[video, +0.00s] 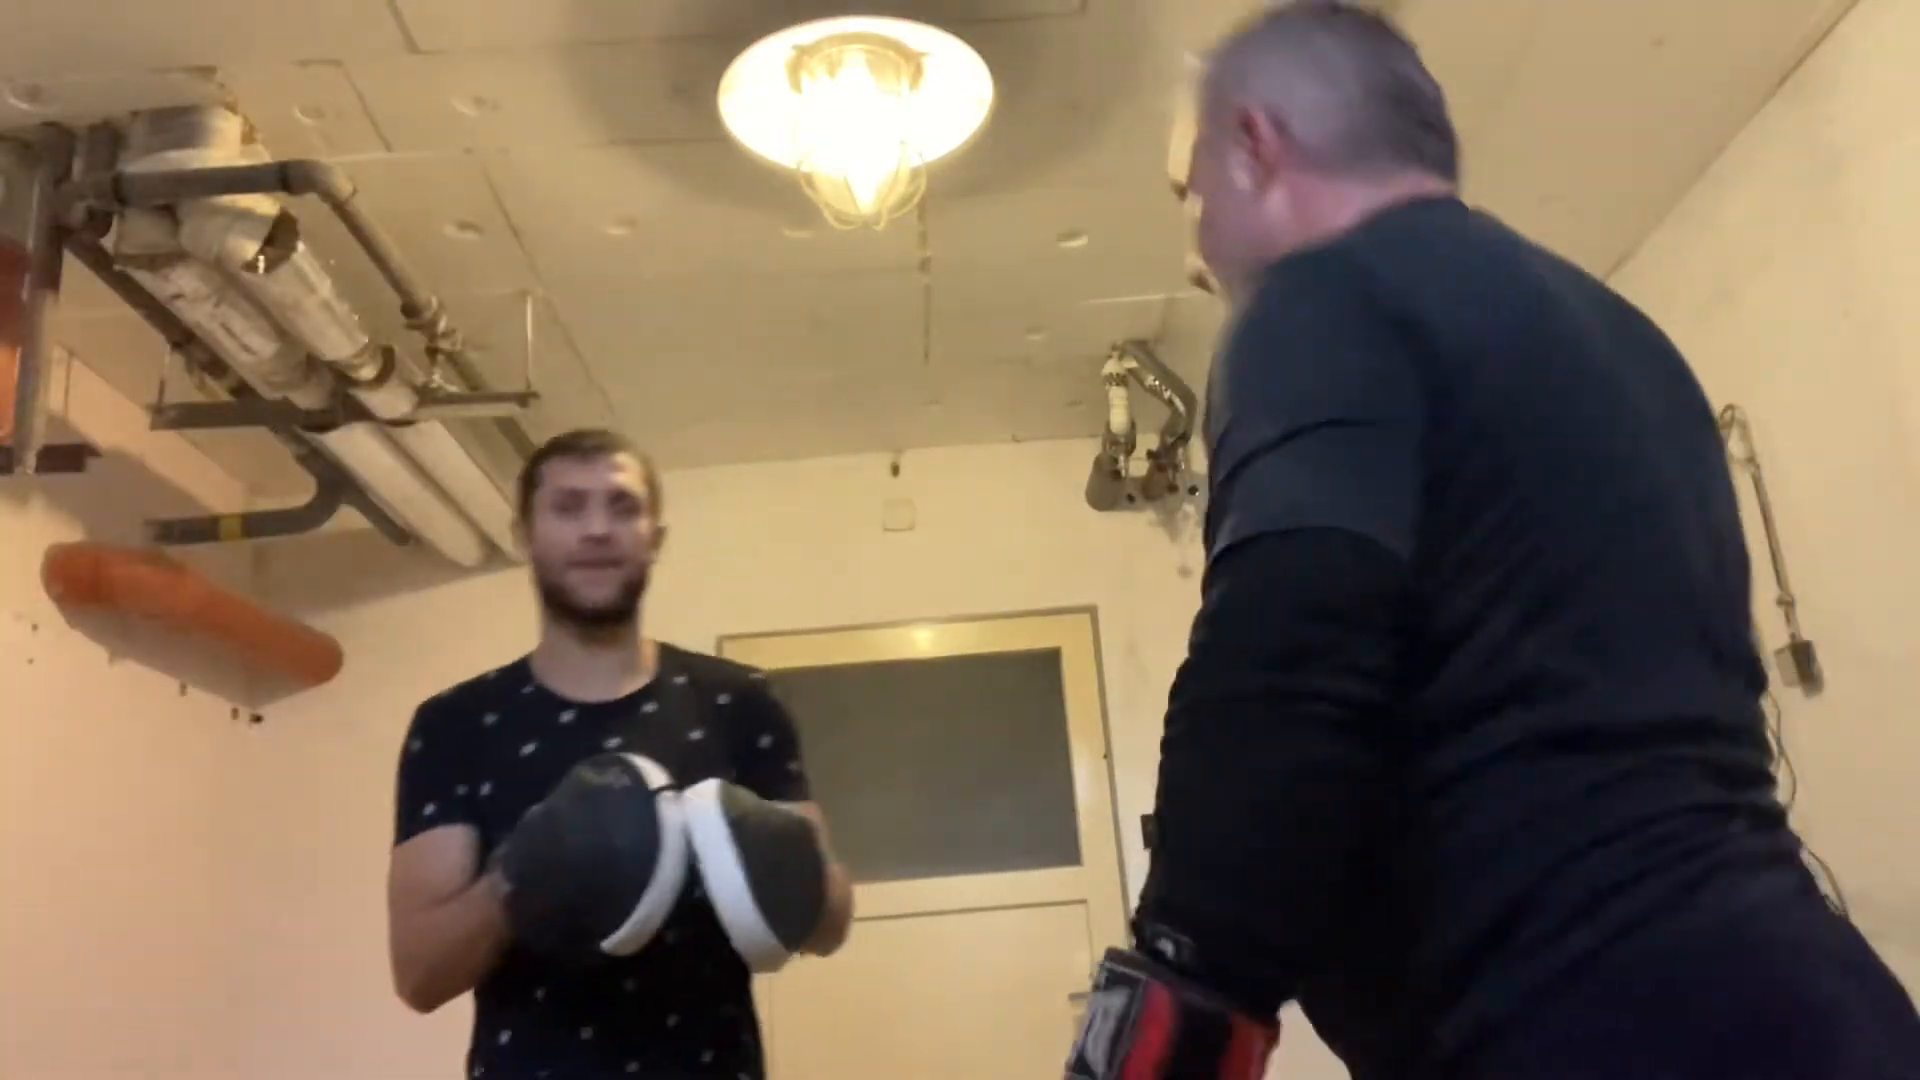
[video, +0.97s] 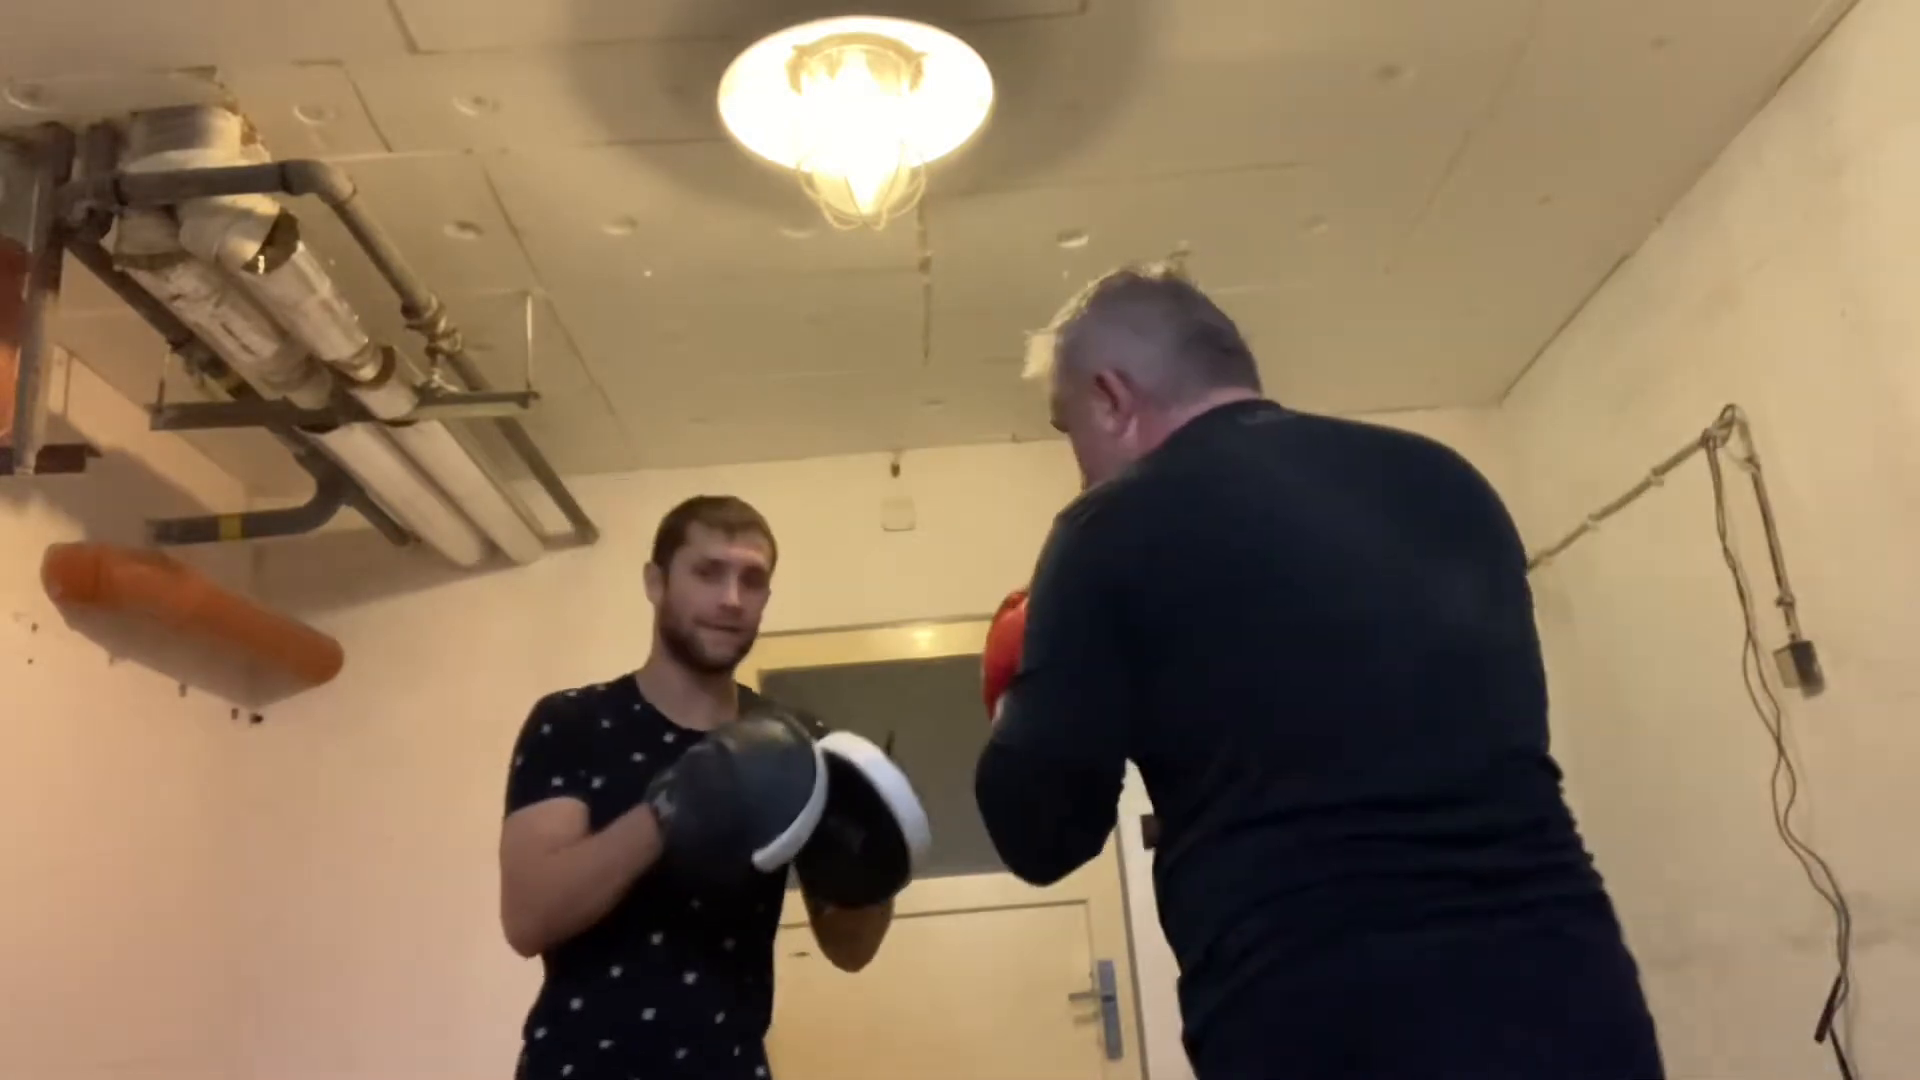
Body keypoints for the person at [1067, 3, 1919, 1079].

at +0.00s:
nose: (1199, 251)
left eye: (1196, 192)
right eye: (1191, 203)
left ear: (1261, 149)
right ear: (1422, 149)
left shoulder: (1333, 297)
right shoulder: (1625, 331)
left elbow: (1294, 641)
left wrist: (1197, 973)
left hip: (1542, 1006)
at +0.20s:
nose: (1267, 327)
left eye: (1271, 268)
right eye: (1264, 277)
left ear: (1347, 237)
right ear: (1486, 240)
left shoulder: (1352, 368)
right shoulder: (1684, 401)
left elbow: (1333, 658)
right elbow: (1811, 724)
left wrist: (1248, 964)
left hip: (1550, 1017)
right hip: (1827, 989)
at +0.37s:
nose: (1280, 348)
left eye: (1280, 301)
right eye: (1272, 312)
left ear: (1357, 274)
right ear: (1483, 272)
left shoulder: (1354, 387)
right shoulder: (1672, 423)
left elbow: (1340, 681)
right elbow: (1788, 734)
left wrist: (1230, 942)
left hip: (1536, 1001)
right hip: (1801, 977)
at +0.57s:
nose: (1213, 414)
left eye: (1209, 368)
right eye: (1199, 378)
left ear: (1271, 337)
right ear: (1392, 319)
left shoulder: (1292, 461)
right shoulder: (1592, 455)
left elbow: (1257, 727)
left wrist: (1108, 789)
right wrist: (1318, 783)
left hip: (1474, 1021)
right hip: (1737, 996)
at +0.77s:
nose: (1104, 470)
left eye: (1095, 431)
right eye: (1089, 437)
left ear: (1140, 396)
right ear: (1261, 362)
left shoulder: (1159, 528)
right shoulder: (1481, 469)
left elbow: (1082, 845)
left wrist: (1050, 705)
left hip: (1359, 1030)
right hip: (1618, 1004)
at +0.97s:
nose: (1080, 476)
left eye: (1070, 433)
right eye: (1067, 440)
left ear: (1116, 401)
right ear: (1240, 374)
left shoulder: (1115, 533)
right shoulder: (1448, 479)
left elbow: (1039, 835)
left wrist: (1016, 694)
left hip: (1305, 1019)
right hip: (1565, 993)